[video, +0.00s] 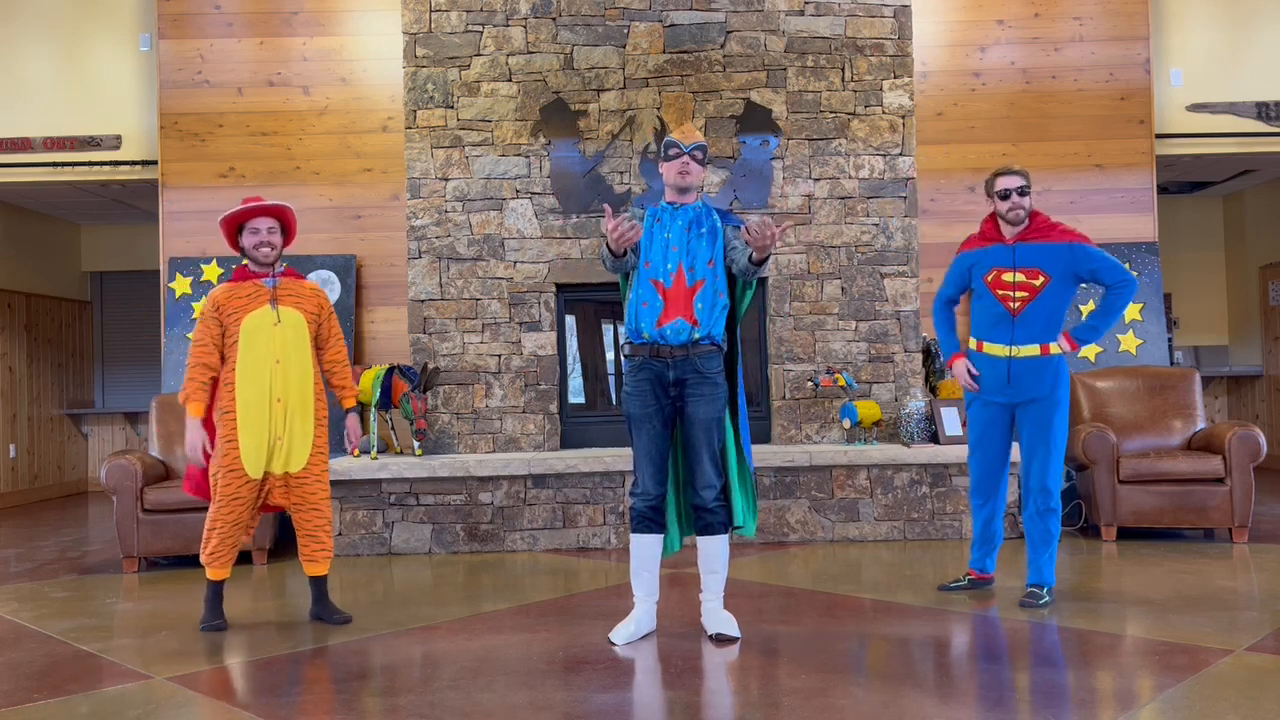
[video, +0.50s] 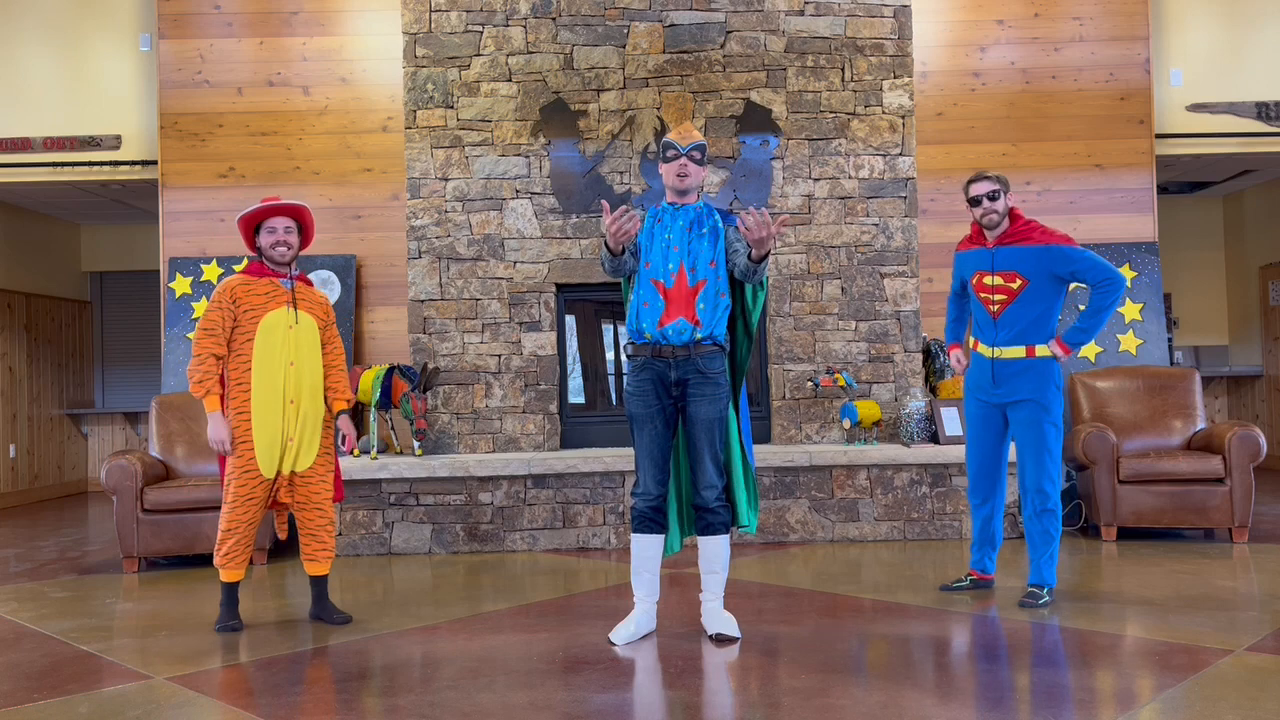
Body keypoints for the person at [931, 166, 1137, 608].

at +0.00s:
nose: (1015, 200)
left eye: (1021, 192)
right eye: (1004, 195)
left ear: (1032, 196)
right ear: (991, 203)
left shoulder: (1065, 247)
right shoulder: (973, 252)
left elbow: (1124, 284)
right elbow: (943, 303)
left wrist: (1080, 337)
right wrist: (953, 355)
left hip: (1043, 384)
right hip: (986, 385)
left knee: (1041, 487)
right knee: (984, 482)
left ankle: (1040, 582)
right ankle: (981, 571)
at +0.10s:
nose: (1004, 207)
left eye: (1010, 198)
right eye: (994, 202)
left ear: (1023, 198)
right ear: (983, 207)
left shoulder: (1060, 244)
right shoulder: (971, 251)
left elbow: (1123, 278)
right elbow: (958, 297)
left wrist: (1080, 334)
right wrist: (959, 341)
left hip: (1045, 381)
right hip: (987, 382)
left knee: (1043, 484)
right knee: (982, 478)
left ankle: (1040, 582)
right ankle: (980, 570)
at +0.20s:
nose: (994, 211)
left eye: (1001, 201)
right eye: (985, 206)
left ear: (1017, 200)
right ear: (977, 210)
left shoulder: (1058, 245)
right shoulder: (971, 251)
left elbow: (1122, 278)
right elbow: (960, 295)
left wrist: (1078, 336)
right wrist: (960, 339)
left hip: (1043, 381)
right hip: (987, 381)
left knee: (1043, 485)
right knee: (979, 479)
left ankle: (1041, 582)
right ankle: (980, 571)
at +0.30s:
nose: (991, 210)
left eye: (998, 200)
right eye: (981, 205)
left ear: (1014, 200)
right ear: (974, 211)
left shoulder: (1055, 245)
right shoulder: (970, 252)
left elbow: (1120, 280)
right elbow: (959, 295)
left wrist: (1074, 338)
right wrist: (958, 338)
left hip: (1041, 381)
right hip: (987, 381)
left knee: (1043, 486)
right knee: (979, 479)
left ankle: (1041, 582)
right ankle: (981, 570)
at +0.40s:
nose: (987, 208)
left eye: (994, 198)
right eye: (978, 203)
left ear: (1012, 199)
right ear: (971, 211)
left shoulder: (1052, 246)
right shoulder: (969, 254)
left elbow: (1116, 280)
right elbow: (958, 296)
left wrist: (1072, 338)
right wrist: (957, 335)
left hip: (1039, 380)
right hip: (985, 381)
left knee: (1042, 485)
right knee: (981, 479)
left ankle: (1041, 582)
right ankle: (981, 570)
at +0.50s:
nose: (985, 206)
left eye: (993, 197)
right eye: (976, 202)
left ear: (1010, 199)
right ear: (969, 210)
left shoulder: (1047, 246)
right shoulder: (966, 254)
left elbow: (1112, 283)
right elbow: (958, 300)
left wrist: (1071, 340)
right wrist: (954, 341)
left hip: (1034, 380)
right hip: (981, 381)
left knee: (1039, 487)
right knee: (982, 481)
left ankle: (1041, 582)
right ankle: (981, 572)